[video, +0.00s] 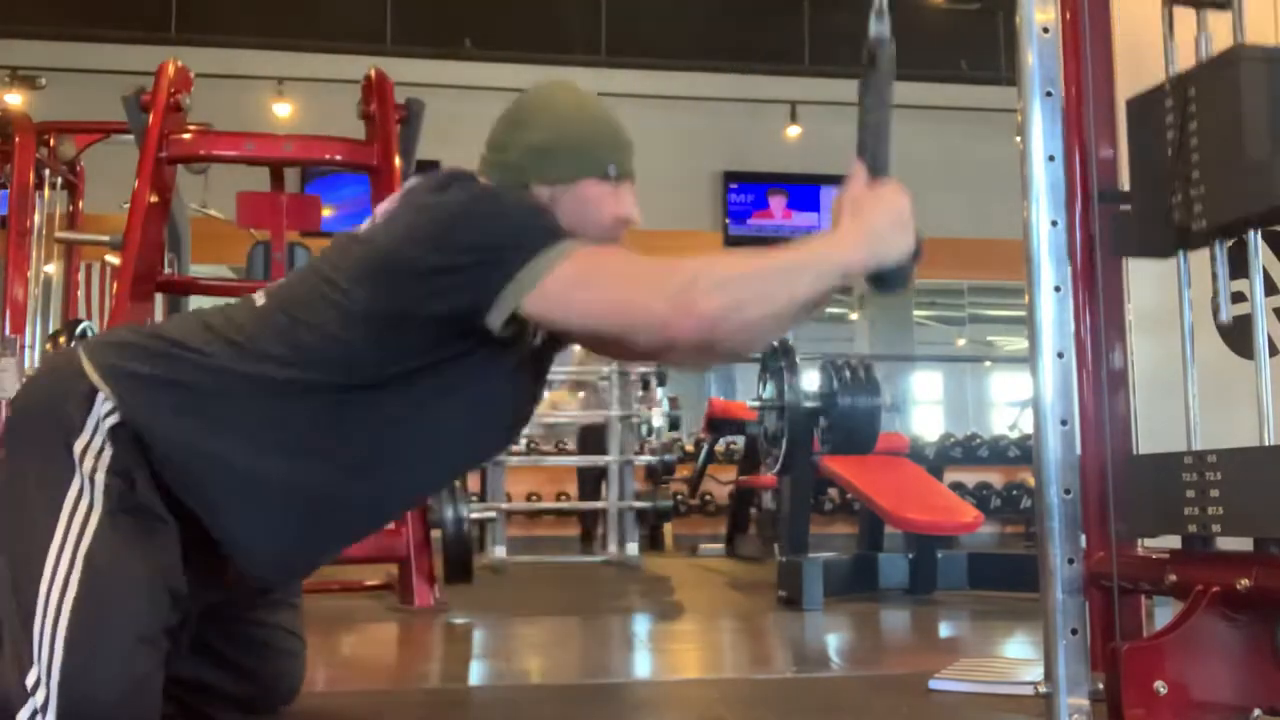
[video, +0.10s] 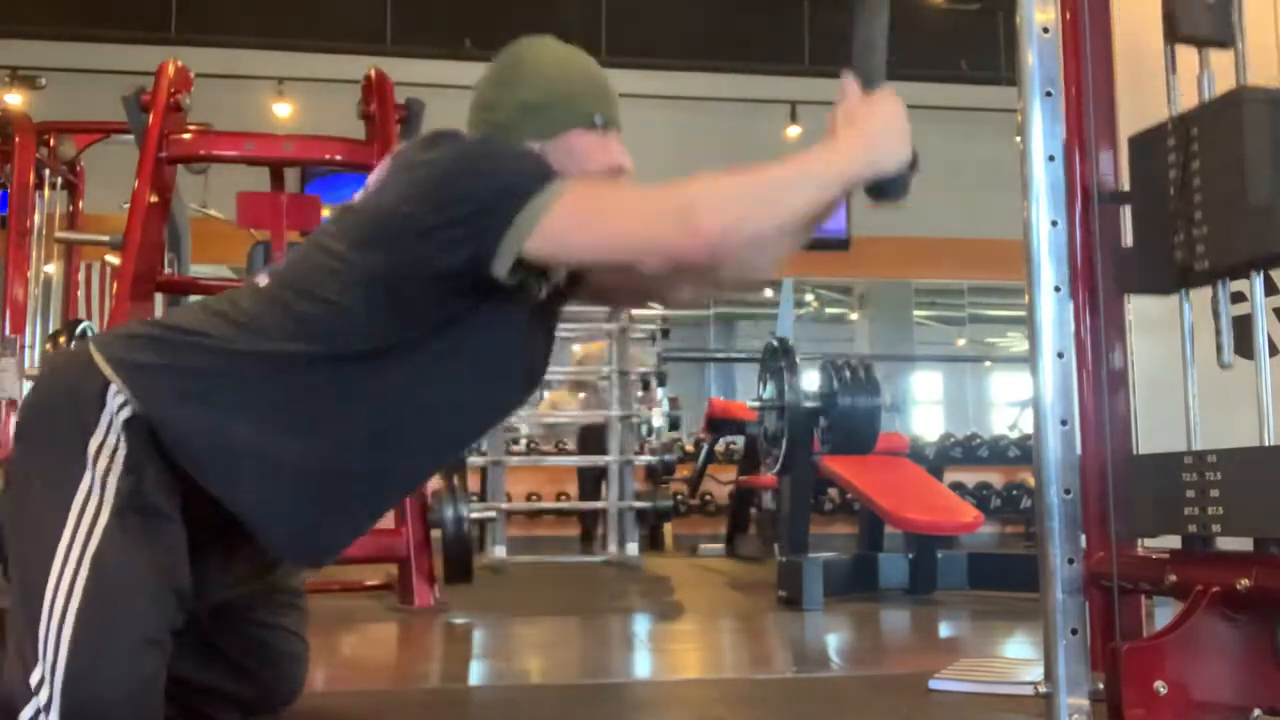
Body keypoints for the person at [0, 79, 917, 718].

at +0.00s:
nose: (632, 212)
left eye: (628, 185)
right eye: (616, 187)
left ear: (555, 192)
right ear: (556, 186)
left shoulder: (521, 273)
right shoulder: (466, 223)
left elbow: (674, 305)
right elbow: (688, 316)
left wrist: (830, 251)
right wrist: (846, 248)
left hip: (230, 506)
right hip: (114, 435)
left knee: (249, 688)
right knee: (77, 699)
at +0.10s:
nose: (622, 154)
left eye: (618, 133)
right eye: (606, 131)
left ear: (544, 137)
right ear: (550, 134)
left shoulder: (533, 254)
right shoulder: (461, 177)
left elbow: (689, 269)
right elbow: (694, 227)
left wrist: (828, 188)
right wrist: (848, 149)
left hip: (227, 500)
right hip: (127, 430)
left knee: (251, 683)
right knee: (78, 698)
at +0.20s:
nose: (608, 103)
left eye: (601, 87)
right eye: (594, 85)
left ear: (538, 99)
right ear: (551, 87)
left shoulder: (528, 214)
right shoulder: (458, 134)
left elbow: (695, 199)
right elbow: (679, 153)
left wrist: (828, 96)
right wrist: (839, 70)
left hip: (240, 486)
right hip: (139, 425)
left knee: (252, 686)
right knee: (80, 697)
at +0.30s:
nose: (644, 140)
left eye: (664, 127)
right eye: (633, 97)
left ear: (552, 88)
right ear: (557, 52)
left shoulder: (522, 195)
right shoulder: (446, 88)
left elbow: (669, 152)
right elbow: (660, 82)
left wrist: (765, 77)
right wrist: (819, 7)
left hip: (264, 476)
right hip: (151, 420)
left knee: (252, 694)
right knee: (82, 699)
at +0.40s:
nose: (619, 97)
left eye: (645, 86)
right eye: (616, 55)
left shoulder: (511, 150)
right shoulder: (422, 59)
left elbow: (633, 101)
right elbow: (644, 28)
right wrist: (752, 2)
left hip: (271, 450)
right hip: (162, 409)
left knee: (258, 690)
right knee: (84, 700)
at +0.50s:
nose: (560, 46)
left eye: (571, 35)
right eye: (563, 23)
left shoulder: (502, 106)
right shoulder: (405, 39)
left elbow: (644, 34)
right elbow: (598, 7)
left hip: (275, 435)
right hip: (173, 401)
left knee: (260, 690)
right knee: (88, 700)